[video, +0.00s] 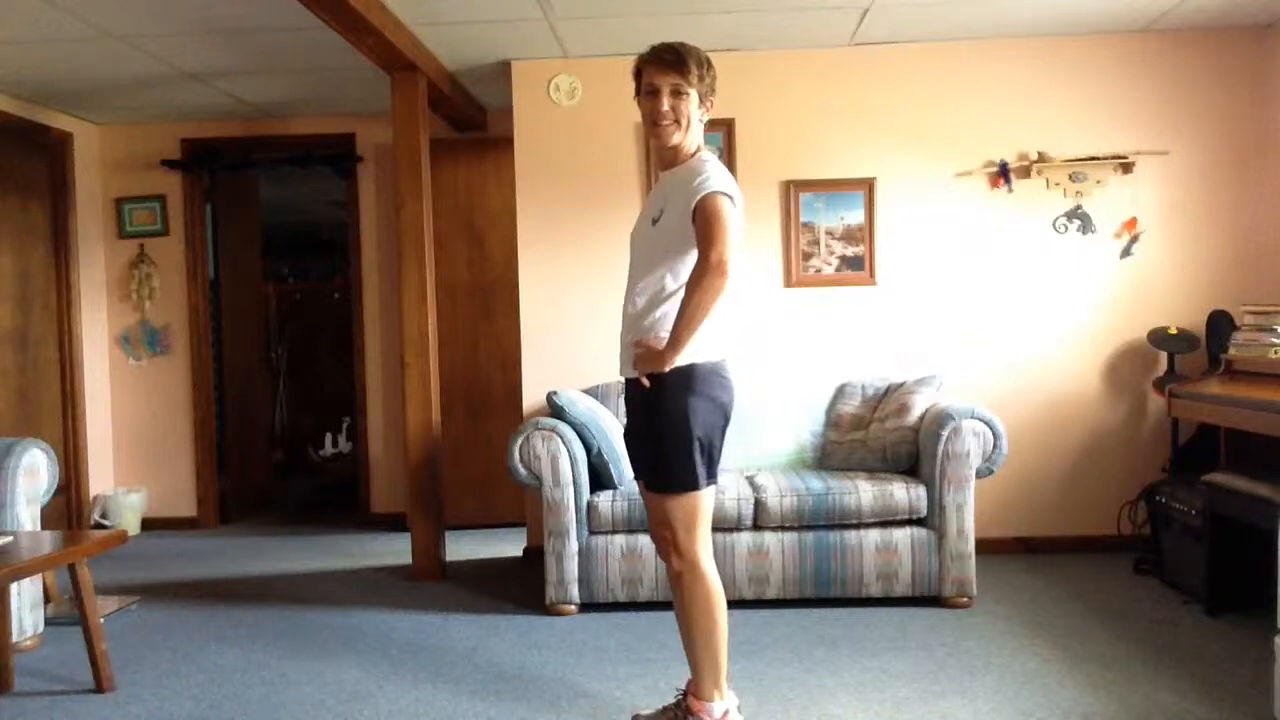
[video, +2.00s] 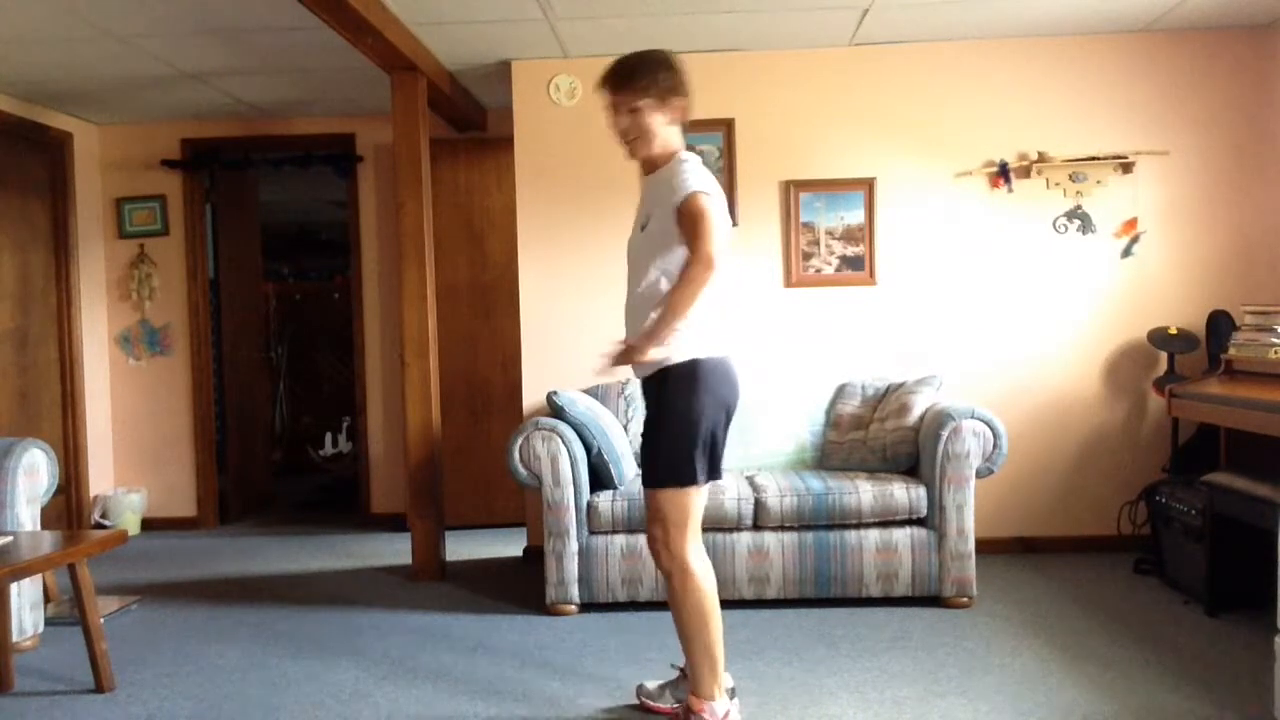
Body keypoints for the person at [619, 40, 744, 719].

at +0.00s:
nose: (661, 106)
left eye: (676, 93)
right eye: (650, 93)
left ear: (702, 103)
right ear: (638, 103)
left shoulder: (705, 176)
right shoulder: (665, 183)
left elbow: (718, 263)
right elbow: (665, 274)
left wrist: (670, 351)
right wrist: (643, 353)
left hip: (680, 380)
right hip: (653, 380)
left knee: (687, 549)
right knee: (673, 547)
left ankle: (713, 699)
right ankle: (706, 693)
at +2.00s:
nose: (625, 127)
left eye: (637, 111)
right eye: (617, 116)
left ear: (676, 109)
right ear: (614, 119)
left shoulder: (686, 174)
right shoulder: (660, 182)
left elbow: (707, 255)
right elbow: (671, 273)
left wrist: (653, 334)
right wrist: (640, 342)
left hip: (691, 374)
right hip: (676, 374)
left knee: (674, 543)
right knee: (669, 541)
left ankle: (711, 696)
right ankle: (703, 679)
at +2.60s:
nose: (467, 497)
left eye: (467, 484)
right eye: (461, 486)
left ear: (492, 464)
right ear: (498, 452)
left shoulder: (546, 479)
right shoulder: (545, 443)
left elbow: (511, 620)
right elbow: (519, 597)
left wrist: (470, 710)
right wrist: (488, 662)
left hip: (745, 471)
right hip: (744, 455)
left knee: (620, 590)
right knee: (638, 546)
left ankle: (700, 712)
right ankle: (705, 679)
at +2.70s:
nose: (469, 543)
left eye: (462, 533)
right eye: (460, 537)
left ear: (479, 510)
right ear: (485, 500)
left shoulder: (534, 509)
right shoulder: (537, 490)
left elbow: (517, 650)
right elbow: (527, 622)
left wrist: (487, 712)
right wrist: (491, 704)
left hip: (730, 480)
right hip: (732, 468)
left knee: (608, 601)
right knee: (629, 574)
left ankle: (695, 711)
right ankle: (704, 680)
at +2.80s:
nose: (479, 573)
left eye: (466, 566)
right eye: (466, 571)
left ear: (473, 536)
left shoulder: (525, 520)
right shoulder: (533, 505)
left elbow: (517, 666)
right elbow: (536, 625)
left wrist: (491, 715)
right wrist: (493, 706)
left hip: (712, 480)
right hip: (720, 468)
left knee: (594, 608)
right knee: (623, 583)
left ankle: (692, 713)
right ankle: (702, 680)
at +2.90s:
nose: (466, 575)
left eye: (451, 567)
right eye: (453, 572)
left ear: (457, 536)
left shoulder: (505, 517)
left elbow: (505, 656)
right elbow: (525, 618)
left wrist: (485, 715)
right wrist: (486, 704)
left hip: (691, 450)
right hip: (701, 438)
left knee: (591, 606)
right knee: (626, 561)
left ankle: (691, 711)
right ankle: (698, 664)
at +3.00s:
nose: (457, 577)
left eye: (445, 569)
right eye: (447, 574)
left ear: (450, 538)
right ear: (458, 523)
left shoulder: (496, 516)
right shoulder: (513, 503)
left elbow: (498, 656)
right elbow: (519, 621)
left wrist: (480, 714)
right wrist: (486, 704)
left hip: (674, 429)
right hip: (687, 419)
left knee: (595, 602)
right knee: (637, 564)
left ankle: (696, 713)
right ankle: (736, 649)